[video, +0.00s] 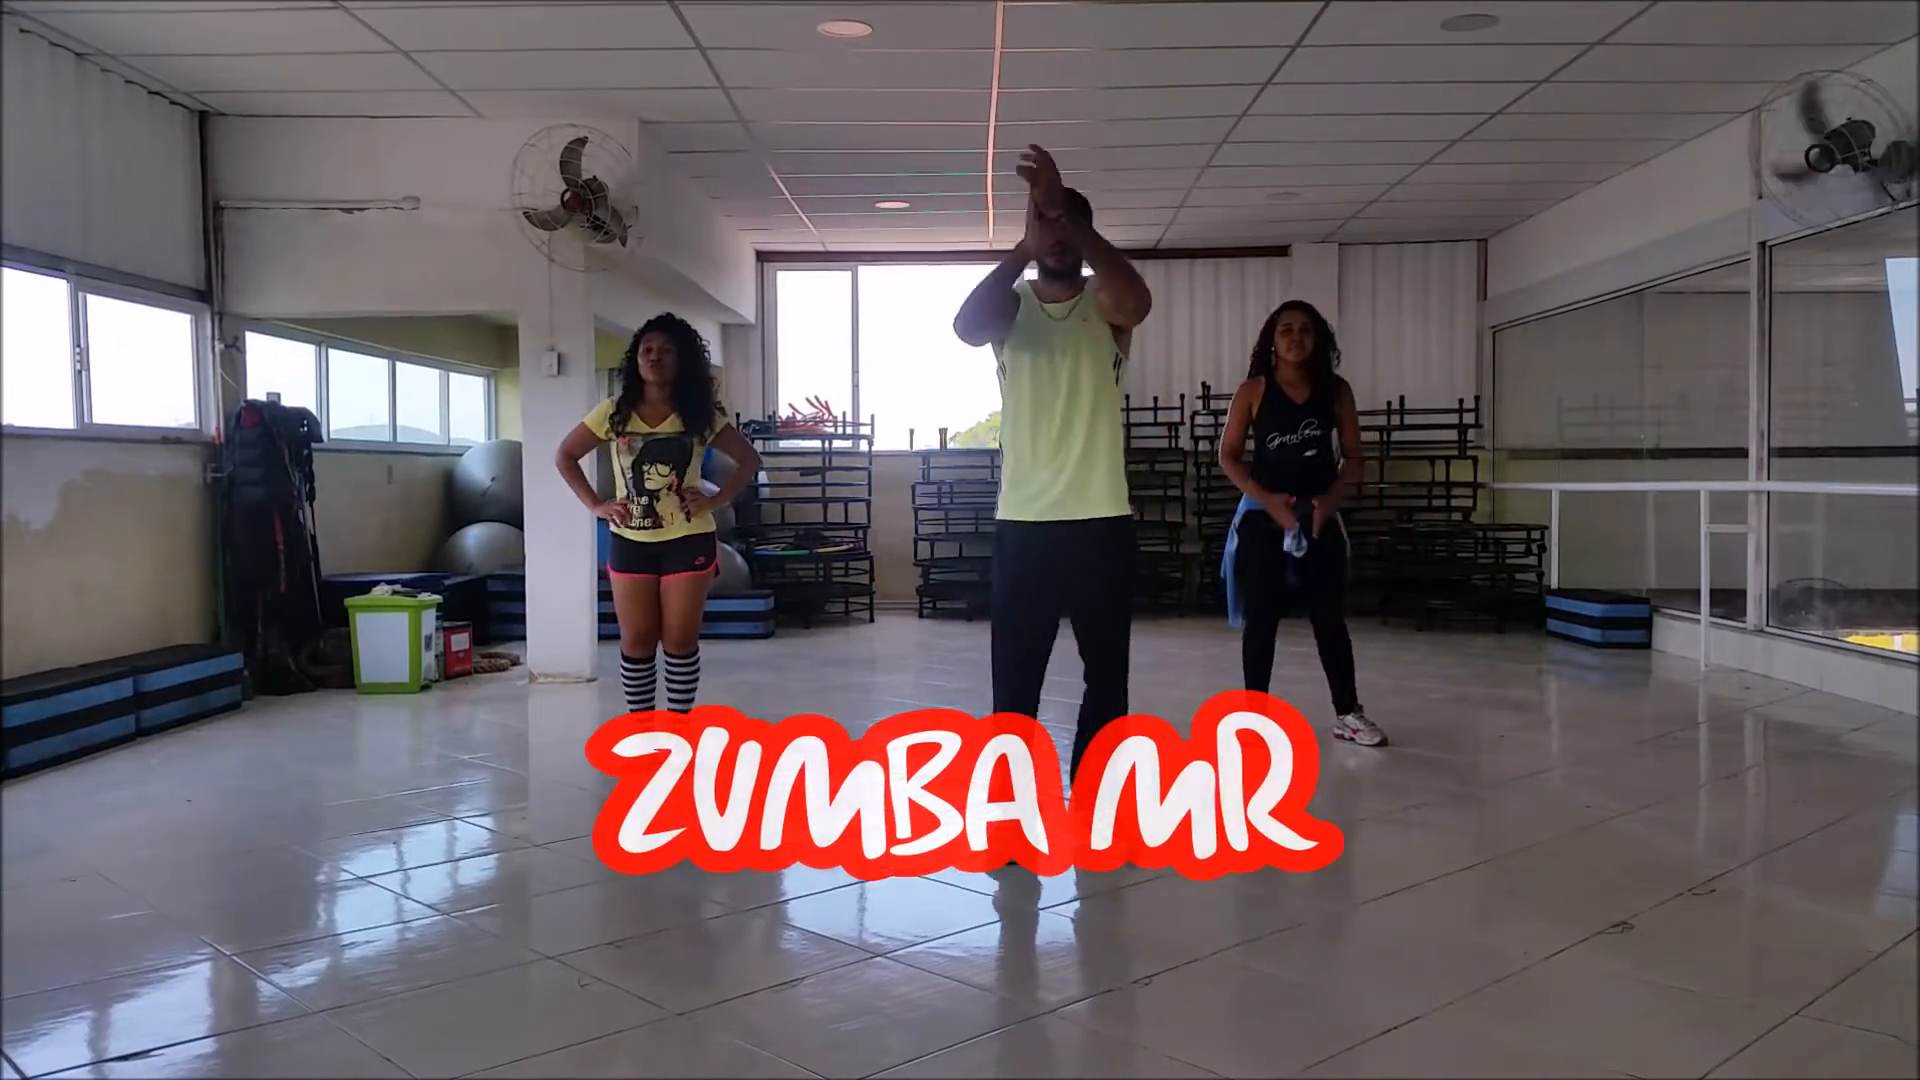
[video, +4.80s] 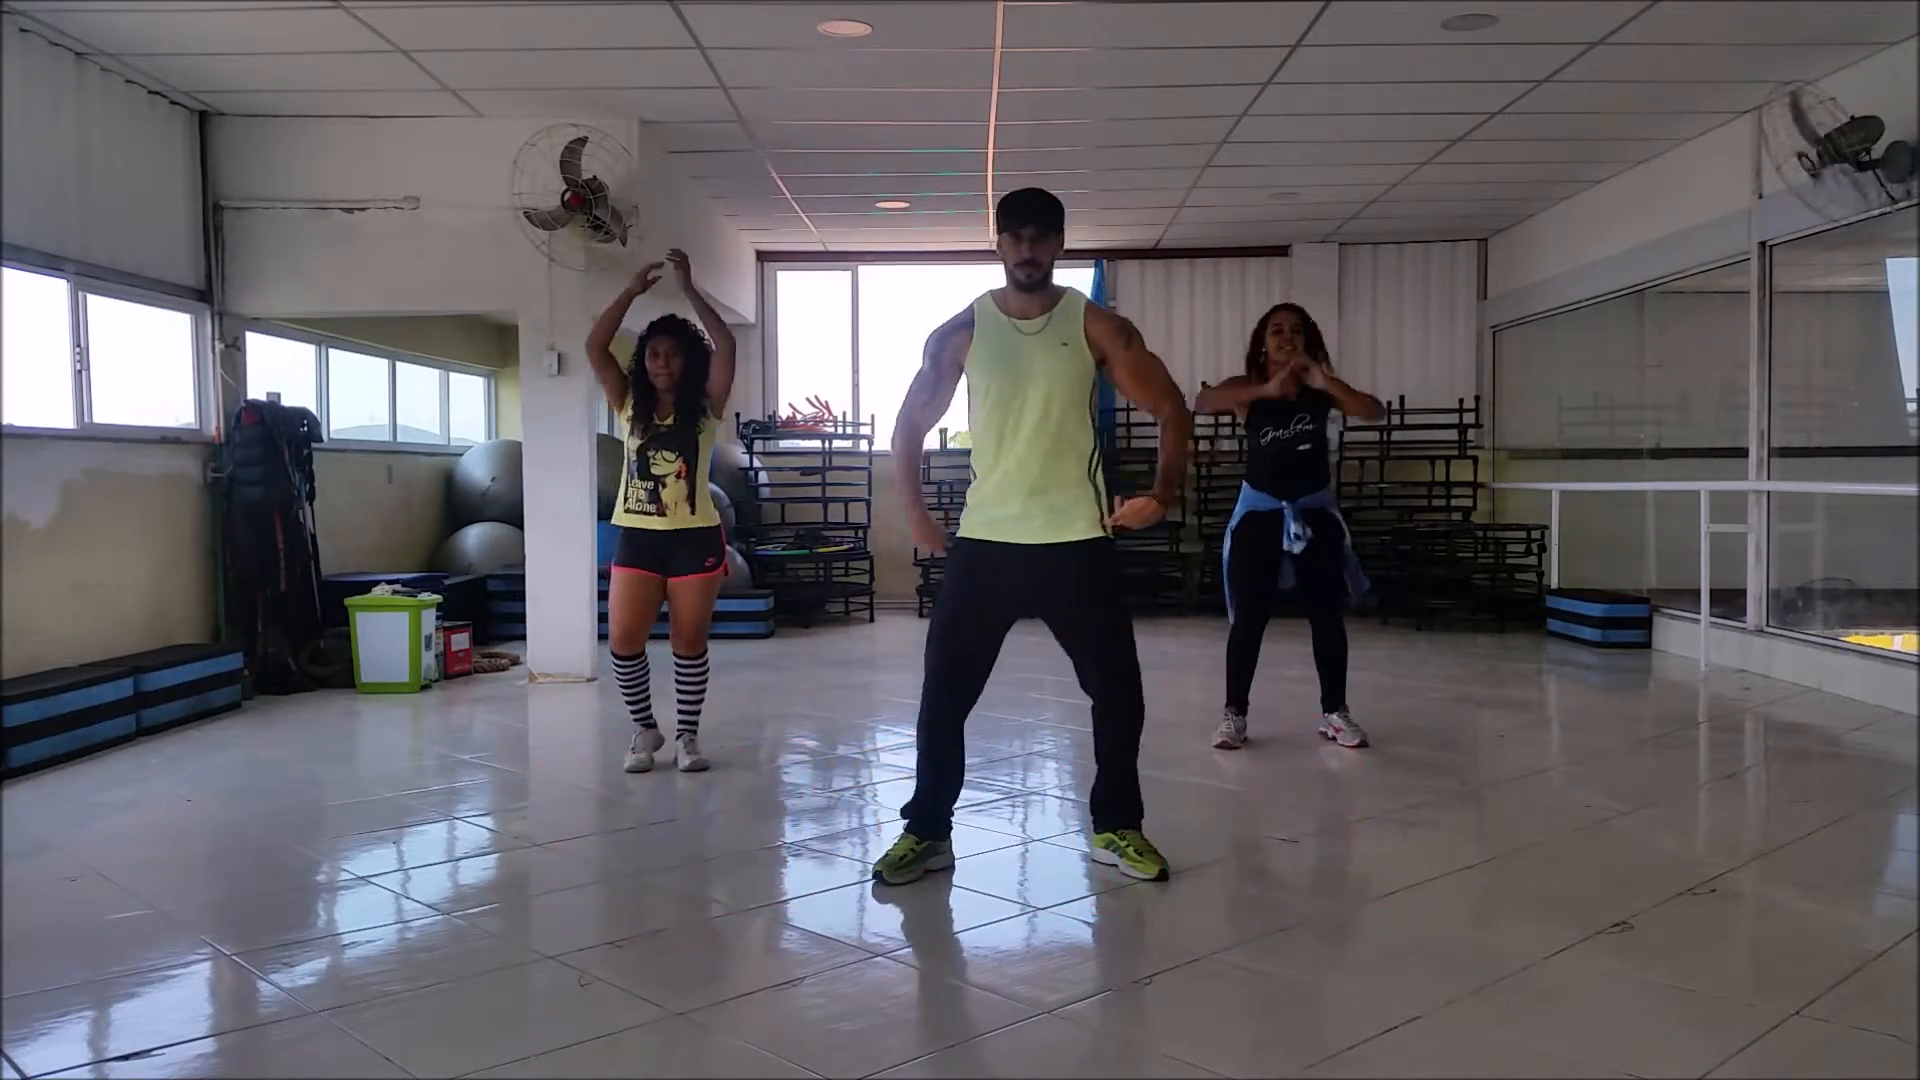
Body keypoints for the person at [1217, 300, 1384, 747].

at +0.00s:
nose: (1295, 337)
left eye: (1304, 330)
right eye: (1286, 330)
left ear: (1317, 339)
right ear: (1272, 339)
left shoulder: (1335, 390)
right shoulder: (1252, 391)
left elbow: (1354, 459)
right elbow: (1228, 456)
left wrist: (1332, 499)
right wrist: (1266, 500)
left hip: (1319, 518)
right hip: (1263, 520)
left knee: (1330, 620)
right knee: (1260, 621)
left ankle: (1348, 714)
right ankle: (1257, 716)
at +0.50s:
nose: (1290, 339)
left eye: (1299, 332)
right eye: (1281, 331)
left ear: (1311, 341)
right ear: (1265, 339)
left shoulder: (1327, 392)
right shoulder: (1245, 386)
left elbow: (1348, 451)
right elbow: (1226, 450)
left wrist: (1318, 435)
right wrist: (1287, 440)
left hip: (1319, 517)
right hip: (1264, 516)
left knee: (1318, 616)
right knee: (1264, 616)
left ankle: (1317, 712)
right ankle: (1256, 713)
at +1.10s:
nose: (1283, 344)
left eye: (1291, 338)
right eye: (1273, 337)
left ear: (1302, 347)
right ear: (1255, 346)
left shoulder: (1315, 390)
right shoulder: (1239, 391)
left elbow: (1349, 426)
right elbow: (1229, 434)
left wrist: (1333, 372)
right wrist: (1261, 384)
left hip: (1302, 514)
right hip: (1249, 514)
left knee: (1340, 599)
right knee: (1247, 611)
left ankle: (1328, 696)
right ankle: (1240, 709)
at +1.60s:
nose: (1300, 344)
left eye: (1309, 336)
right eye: (1291, 336)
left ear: (1322, 342)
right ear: (1278, 343)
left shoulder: (1337, 387)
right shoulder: (1264, 389)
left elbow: (1371, 363)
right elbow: (1233, 381)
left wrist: (1345, 311)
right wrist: (1263, 331)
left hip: (1327, 517)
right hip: (1271, 516)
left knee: (1328, 614)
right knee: (1258, 609)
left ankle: (1328, 711)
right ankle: (1241, 703)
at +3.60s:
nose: (1302, 336)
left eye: (1310, 329)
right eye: (1292, 330)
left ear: (1324, 338)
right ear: (1278, 339)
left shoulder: (1337, 384)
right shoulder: (1264, 384)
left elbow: (1364, 354)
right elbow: (1236, 361)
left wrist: (1341, 300)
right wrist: (1270, 314)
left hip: (1324, 514)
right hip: (1270, 513)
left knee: (1325, 615)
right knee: (1257, 608)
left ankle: (1331, 711)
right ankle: (1244, 701)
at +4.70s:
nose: (1293, 340)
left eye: (1301, 332)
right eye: (1285, 333)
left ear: (1316, 340)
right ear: (1274, 339)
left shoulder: (1334, 384)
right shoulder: (1259, 383)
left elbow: (1368, 381)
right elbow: (1222, 376)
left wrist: (1322, 350)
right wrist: (1282, 361)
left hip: (1322, 513)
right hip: (1266, 513)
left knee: (1326, 615)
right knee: (1255, 615)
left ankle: (1333, 716)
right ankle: (1235, 717)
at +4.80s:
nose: (1286, 338)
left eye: (1295, 331)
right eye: (1277, 332)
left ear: (1309, 342)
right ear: (1262, 343)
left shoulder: (1326, 390)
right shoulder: (1248, 387)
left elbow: (1375, 413)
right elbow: (1201, 402)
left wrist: (1327, 383)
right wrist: (1265, 390)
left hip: (1315, 515)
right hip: (1258, 515)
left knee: (1327, 614)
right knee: (1249, 615)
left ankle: (1335, 713)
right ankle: (1234, 715)